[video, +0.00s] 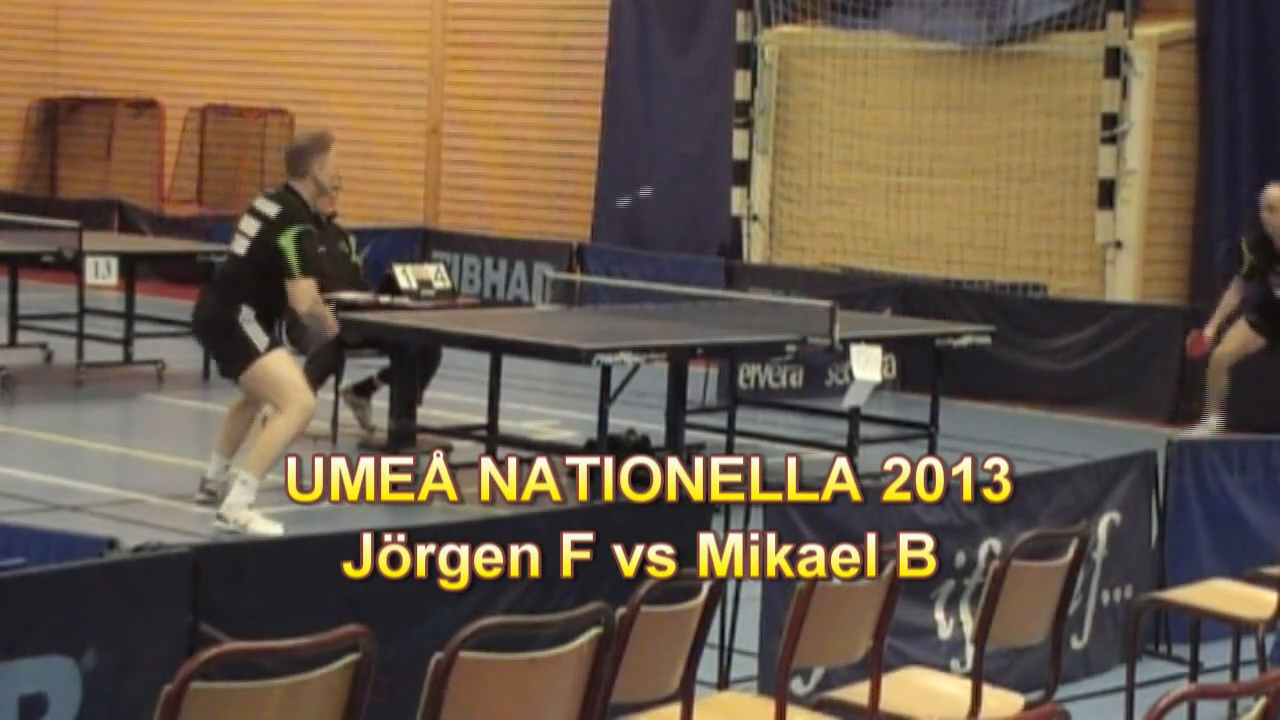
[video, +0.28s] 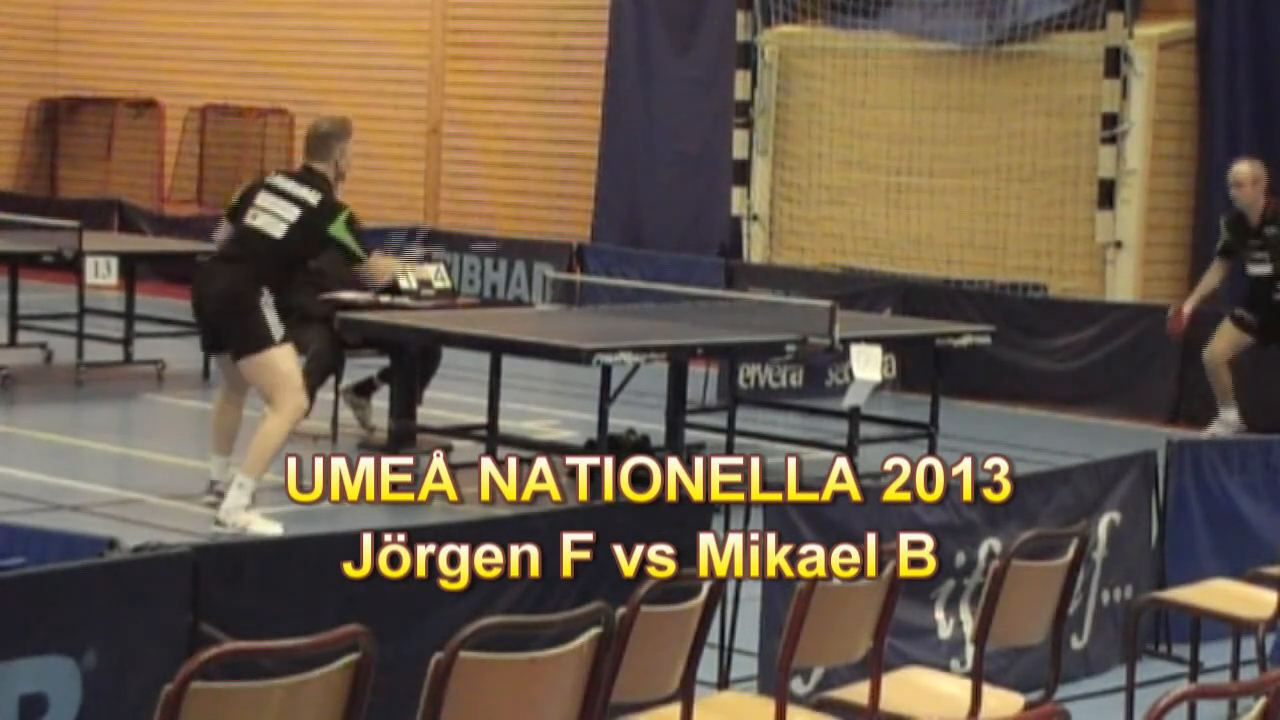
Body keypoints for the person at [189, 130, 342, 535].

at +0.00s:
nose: (336, 172)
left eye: (334, 163)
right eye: (331, 164)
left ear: (298, 169)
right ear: (314, 169)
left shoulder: (267, 201)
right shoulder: (295, 221)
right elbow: (304, 302)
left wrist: (308, 303)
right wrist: (325, 319)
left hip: (216, 310)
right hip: (236, 317)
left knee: (255, 395)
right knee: (299, 403)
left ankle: (215, 477)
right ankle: (237, 503)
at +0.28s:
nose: (352, 160)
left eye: (351, 153)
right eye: (350, 153)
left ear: (308, 153)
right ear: (339, 158)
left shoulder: (268, 182)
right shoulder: (330, 210)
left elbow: (221, 235)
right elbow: (375, 273)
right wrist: (387, 263)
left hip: (208, 281)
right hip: (243, 293)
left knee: (233, 388)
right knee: (291, 402)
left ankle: (220, 478)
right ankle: (236, 505)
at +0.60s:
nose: (354, 142)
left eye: (352, 134)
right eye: (350, 134)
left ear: (309, 142)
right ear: (334, 142)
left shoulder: (268, 177)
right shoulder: (335, 199)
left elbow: (215, 219)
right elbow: (399, 245)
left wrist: (217, 265)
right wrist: (456, 214)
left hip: (232, 291)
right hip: (272, 297)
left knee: (252, 384)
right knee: (338, 389)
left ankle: (219, 481)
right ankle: (330, 501)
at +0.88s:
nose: (361, 155)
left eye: (359, 147)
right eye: (357, 148)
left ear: (319, 153)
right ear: (339, 154)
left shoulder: (286, 192)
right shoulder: (329, 210)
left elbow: (274, 255)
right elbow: (368, 280)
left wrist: (316, 294)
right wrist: (415, 289)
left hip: (252, 308)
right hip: (286, 315)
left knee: (280, 387)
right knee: (363, 397)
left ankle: (244, 477)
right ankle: (333, 504)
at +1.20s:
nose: (375, 176)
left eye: (373, 169)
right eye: (370, 169)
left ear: (336, 173)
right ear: (351, 174)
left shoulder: (301, 205)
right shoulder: (340, 224)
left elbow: (296, 273)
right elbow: (376, 301)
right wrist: (406, 308)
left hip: (247, 316)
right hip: (280, 322)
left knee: (281, 389)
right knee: (364, 399)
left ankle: (246, 473)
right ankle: (333, 502)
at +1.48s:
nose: (410, 180)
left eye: (408, 173)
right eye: (406, 175)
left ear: (368, 176)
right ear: (392, 182)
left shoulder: (325, 195)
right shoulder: (389, 233)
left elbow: (260, 221)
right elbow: (441, 287)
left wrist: (249, 266)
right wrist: (482, 282)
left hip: (253, 295)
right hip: (296, 305)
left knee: (262, 388)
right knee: (360, 399)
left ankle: (243, 476)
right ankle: (332, 503)